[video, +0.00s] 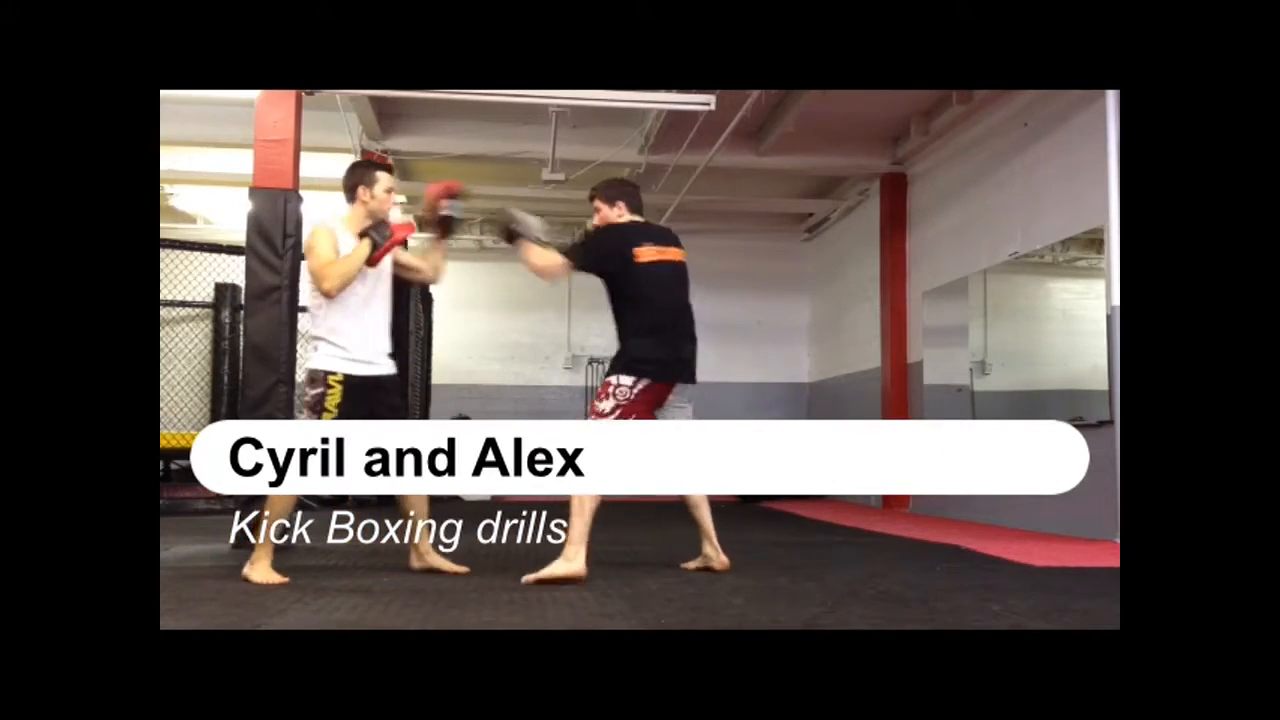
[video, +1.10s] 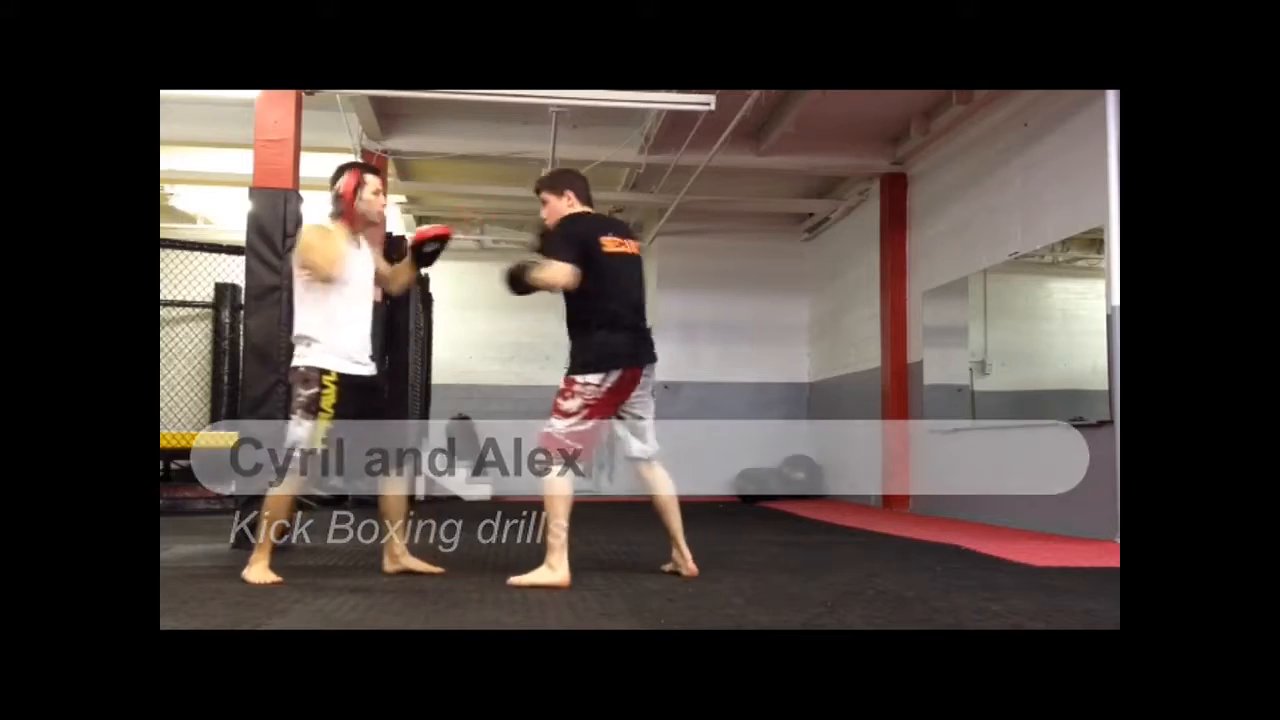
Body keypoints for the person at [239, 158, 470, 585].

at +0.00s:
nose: (394, 200)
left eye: (395, 192)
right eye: (388, 192)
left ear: (375, 195)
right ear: (362, 193)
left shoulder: (380, 244)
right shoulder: (324, 233)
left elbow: (429, 272)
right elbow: (328, 283)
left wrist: (438, 227)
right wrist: (374, 242)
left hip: (380, 370)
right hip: (333, 369)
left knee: (411, 458)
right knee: (301, 464)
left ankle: (421, 548)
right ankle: (261, 558)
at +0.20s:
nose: (422, 202)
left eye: (422, 194)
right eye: (415, 194)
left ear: (399, 198)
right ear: (392, 197)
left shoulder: (401, 242)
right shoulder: (365, 236)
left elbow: (423, 291)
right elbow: (381, 279)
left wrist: (451, 267)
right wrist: (414, 238)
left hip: (398, 369)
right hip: (363, 369)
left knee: (424, 459)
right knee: (342, 463)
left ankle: (423, 549)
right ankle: (271, 542)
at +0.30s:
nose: (435, 207)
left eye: (435, 200)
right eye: (429, 199)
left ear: (402, 203)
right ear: (405, 201)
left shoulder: (380, 240)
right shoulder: (397, 231)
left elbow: (394, 297)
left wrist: (434, 286)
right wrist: (467, 221)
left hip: (386, 367)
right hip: (372, 368)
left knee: (415, 459)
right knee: (343, 463)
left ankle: (422, 548)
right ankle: (273, 541)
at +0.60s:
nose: (429, 214)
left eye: (432, 207)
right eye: (423, 204)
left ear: (419, 211)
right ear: (397, 202)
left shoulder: (408, 249)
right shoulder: (373, 233)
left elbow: (439, 296)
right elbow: (402, 264)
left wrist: (459, 270)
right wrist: (439, 225)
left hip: (389, 371)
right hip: (352, 367)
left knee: (423, 455)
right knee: (323, 460)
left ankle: (422, 549)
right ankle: (264, 551)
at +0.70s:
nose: (412, 209)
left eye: (414, 202)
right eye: (405, 201)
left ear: (403, 207)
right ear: (377, 203)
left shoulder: (399, 247)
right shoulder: (351, 237)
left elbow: (438, 279)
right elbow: (348, 280)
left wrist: (455, 247)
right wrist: (400, 251)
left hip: (384, 375)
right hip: (341, 373)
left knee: (421, 455)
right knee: (307, 466)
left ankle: (423, 550)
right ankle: (261, 559)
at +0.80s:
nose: (391, 205)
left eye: (392, 198)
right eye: (384, 197)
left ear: (372, 201)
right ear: (358, 199)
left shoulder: (383, 243)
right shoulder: (326, 236)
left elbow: (418, 273)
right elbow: (309, 282)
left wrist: (450, 248)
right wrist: (366, 260)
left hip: (376, 369)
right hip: (326, 369)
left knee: (414, 452)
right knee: (298, 465)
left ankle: (423, 543)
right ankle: (260, 559)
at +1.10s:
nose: (380, 201)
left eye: (382, 194)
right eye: (372, 192)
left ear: (379, 201)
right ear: (347, 195)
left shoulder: (367, 247)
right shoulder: (314, 235)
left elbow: (396, 284)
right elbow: (326, 267)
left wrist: (412, 254)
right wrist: (353, 221)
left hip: (362, 367)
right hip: (318, 364)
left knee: (395, 451)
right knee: (300, 459)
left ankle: (396, 550)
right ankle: (260, 559)